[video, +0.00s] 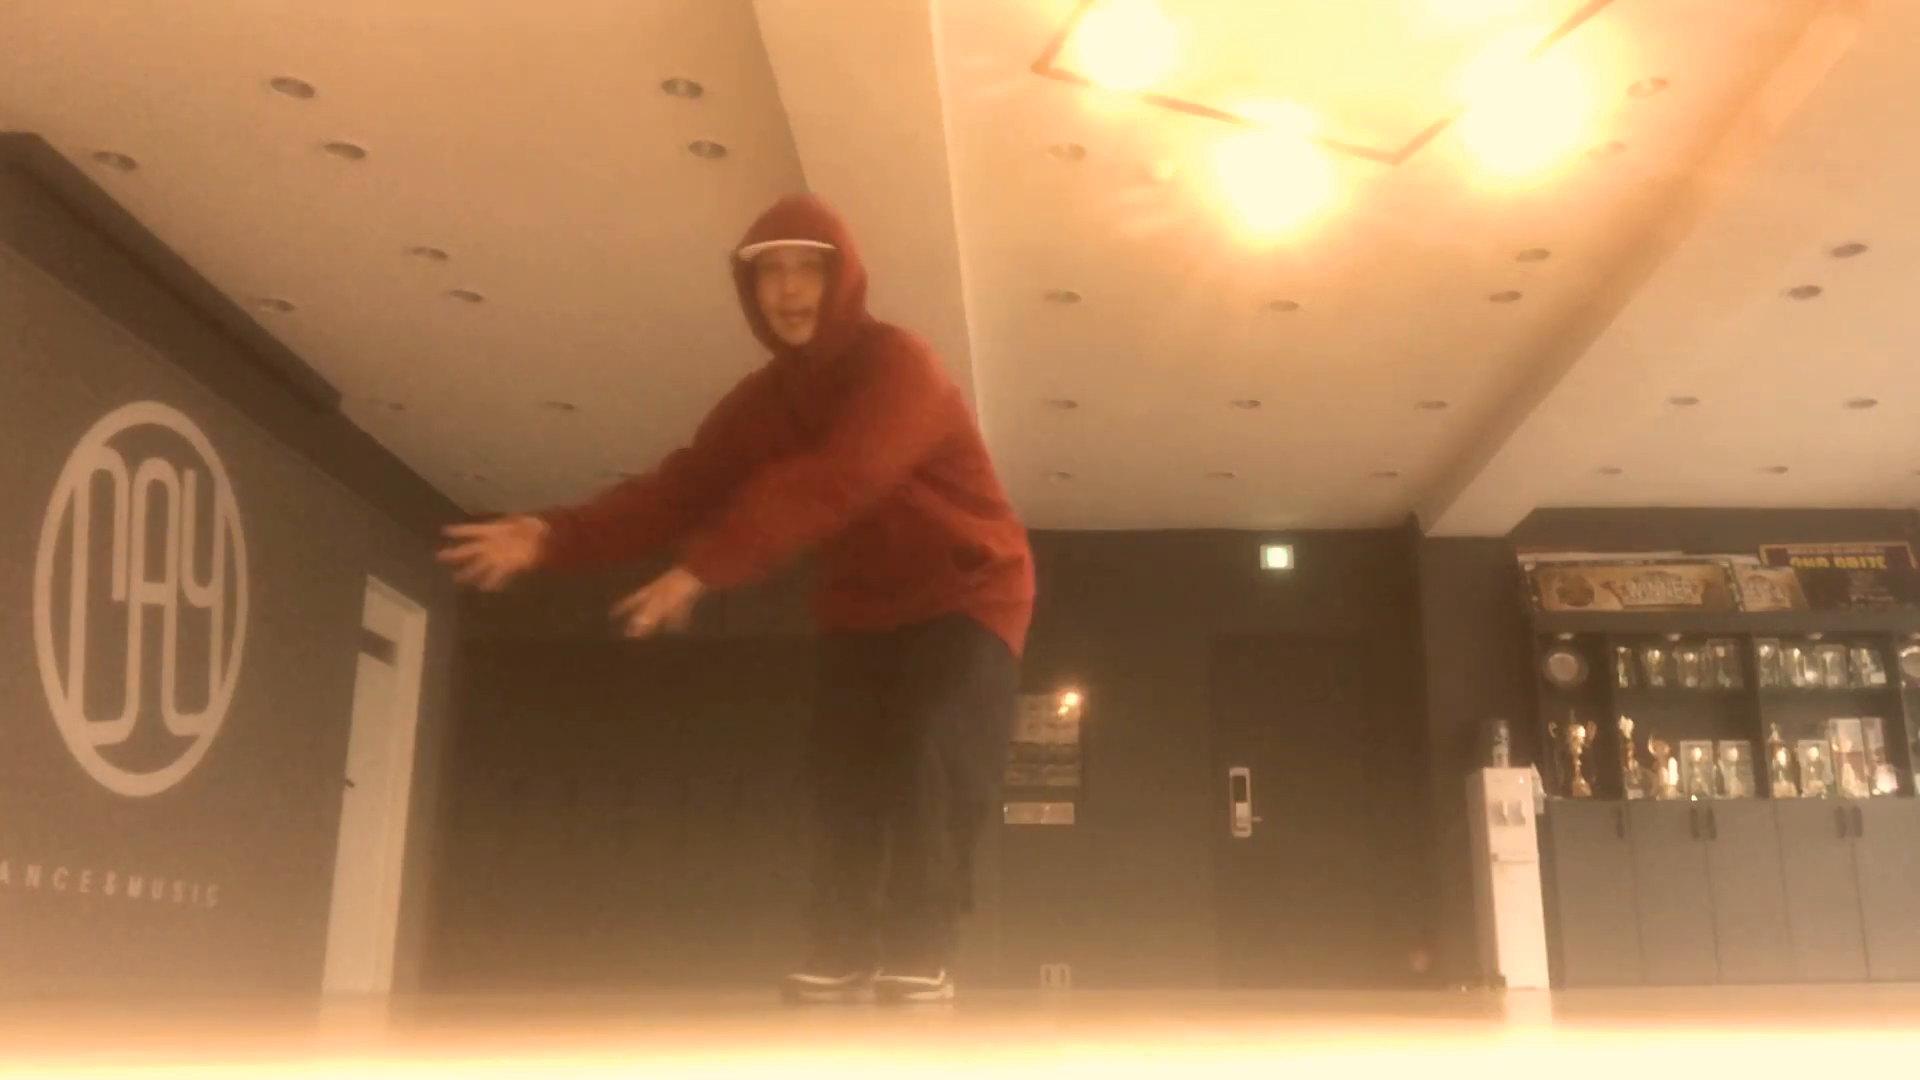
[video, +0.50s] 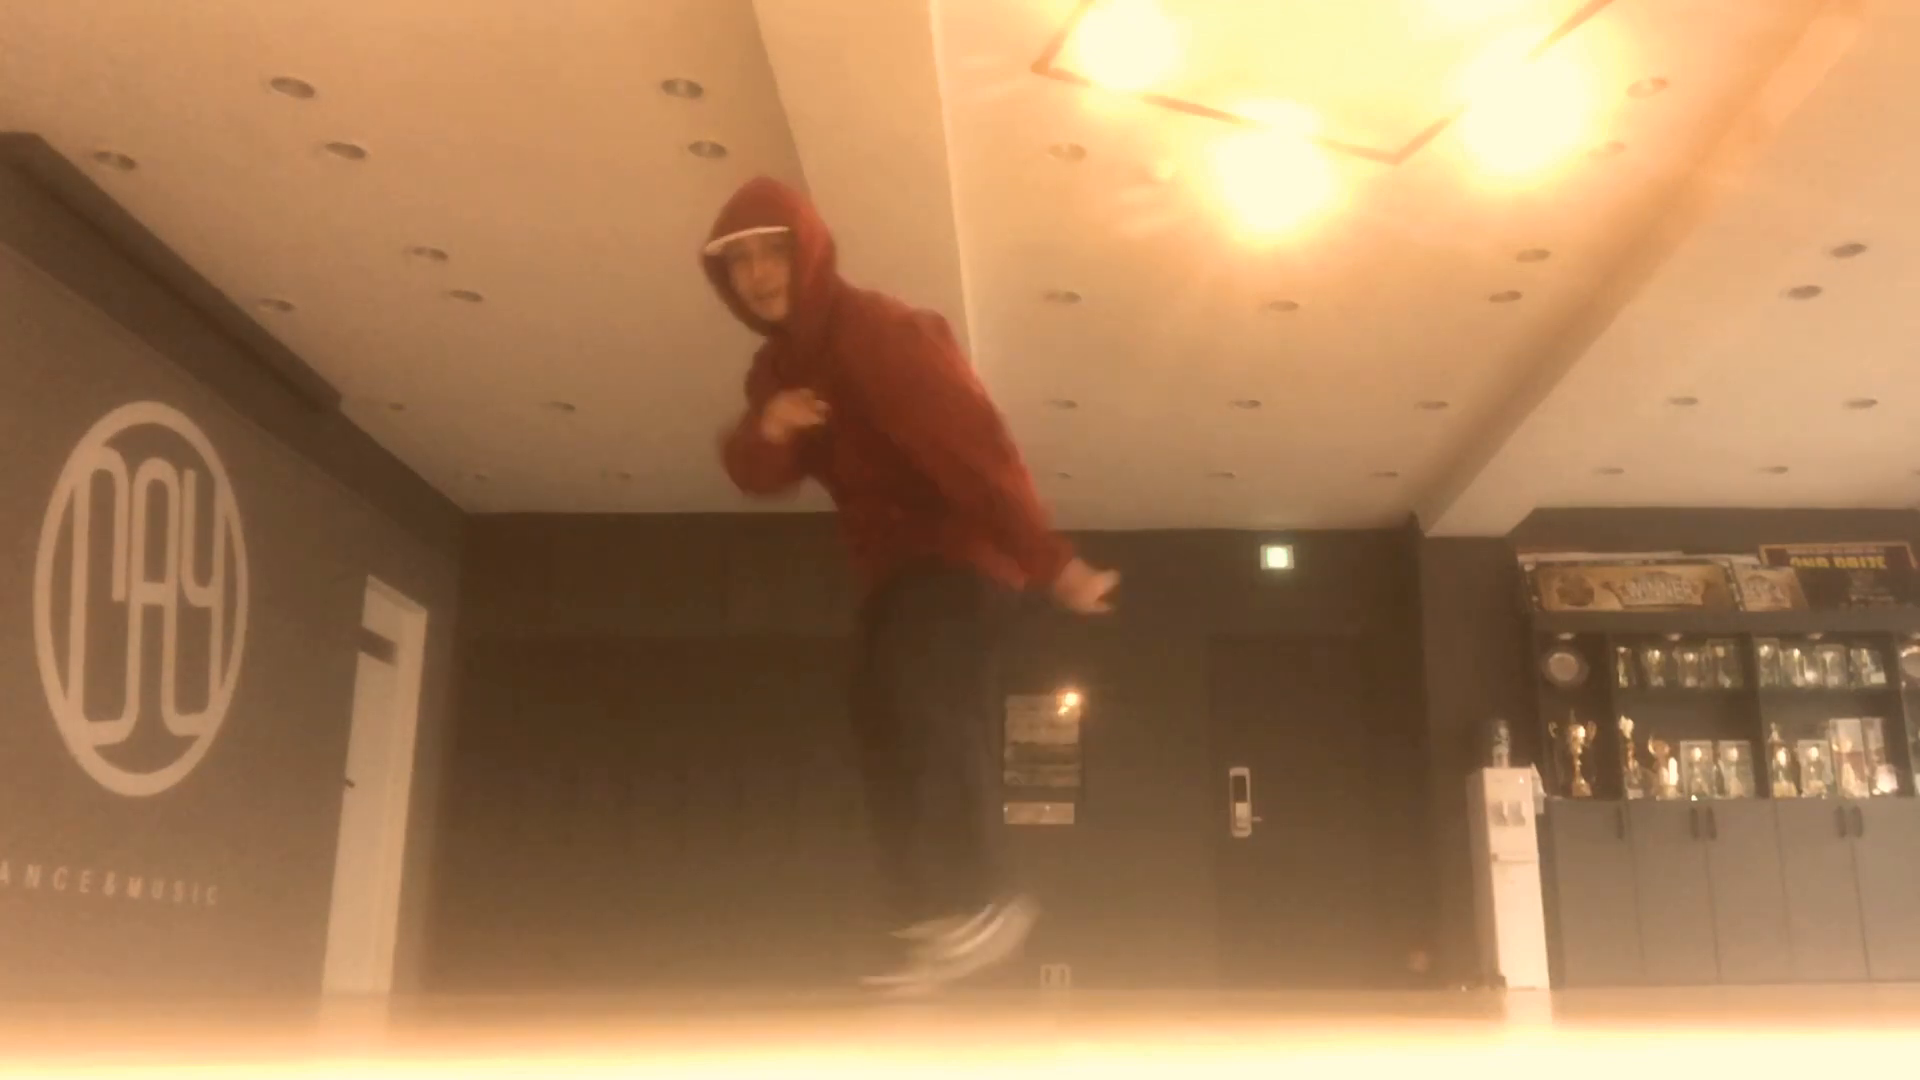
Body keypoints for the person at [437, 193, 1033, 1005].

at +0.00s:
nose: (785, 291)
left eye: (806, 271)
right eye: (767, 273)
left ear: (843, 279)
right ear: (749, 290)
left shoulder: (900, 367)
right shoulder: (766, 397)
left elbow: (836, 482)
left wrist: (701, 568)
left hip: (965, 594)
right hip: (861, 609)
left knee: (931, 759)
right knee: (845, 774)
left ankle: (922, 956)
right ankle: (840, 954)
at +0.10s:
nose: (757, 303)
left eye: (775, 281)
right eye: (736, 289)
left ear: (813, 286)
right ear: (720, 310)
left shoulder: (878, 362)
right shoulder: (760, 405)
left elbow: (820, 476)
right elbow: (699, 501)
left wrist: (686, 566)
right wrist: (603, 553)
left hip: (978, 578)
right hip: (877, 595)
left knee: (938, 761)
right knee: (849, 762)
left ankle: (922, 956)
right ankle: (845, 951)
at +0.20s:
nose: (739, 323)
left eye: (755, 300)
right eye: (720, 309)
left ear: (796, 301)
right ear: (708, 326)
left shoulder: (867, 376)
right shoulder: (762, 420)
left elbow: (852, 520)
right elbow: (751, 536)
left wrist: (735, 628)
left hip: (959, 575)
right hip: (865, 591)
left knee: (907, 741)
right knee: (829, 746)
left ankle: (985, 880)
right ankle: (851, 951)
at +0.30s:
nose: (737, 317)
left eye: (751, 293)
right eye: (718, 303)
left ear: (791, 294)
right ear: (706, 322)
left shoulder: (859, 374)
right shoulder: (770, 413)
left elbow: (892, 531)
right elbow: (795, 510)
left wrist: (858, 664)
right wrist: (803, 577)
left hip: (960, 559)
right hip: (872, 563)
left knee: (884, 718)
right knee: (829, 719)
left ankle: (1011, 703)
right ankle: (848, 948)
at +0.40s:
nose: (737, 292)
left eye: (752, 269)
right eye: (719, 281)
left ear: (792, 266)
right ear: (708, 298)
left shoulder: (859, 337)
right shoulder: (772, 382)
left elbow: (929, 470)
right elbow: (783, 521)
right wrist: (803, 490)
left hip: (969, 525)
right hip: (896, 540)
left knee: (886, 663)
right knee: (864, 723)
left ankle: (1023, 733)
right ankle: (853, 943)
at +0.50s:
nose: (756, 276)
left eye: (770, 253)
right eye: (737, 262)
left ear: (809, 252)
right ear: (726, 281)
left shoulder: (881, 333)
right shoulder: (777, 366)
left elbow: (971, 448)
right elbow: (752, 474)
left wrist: (1053, 562)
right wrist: (768, 431)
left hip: (966, 551)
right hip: (899, 561)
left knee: (919, 693)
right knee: (881, 707)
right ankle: (925, 913)